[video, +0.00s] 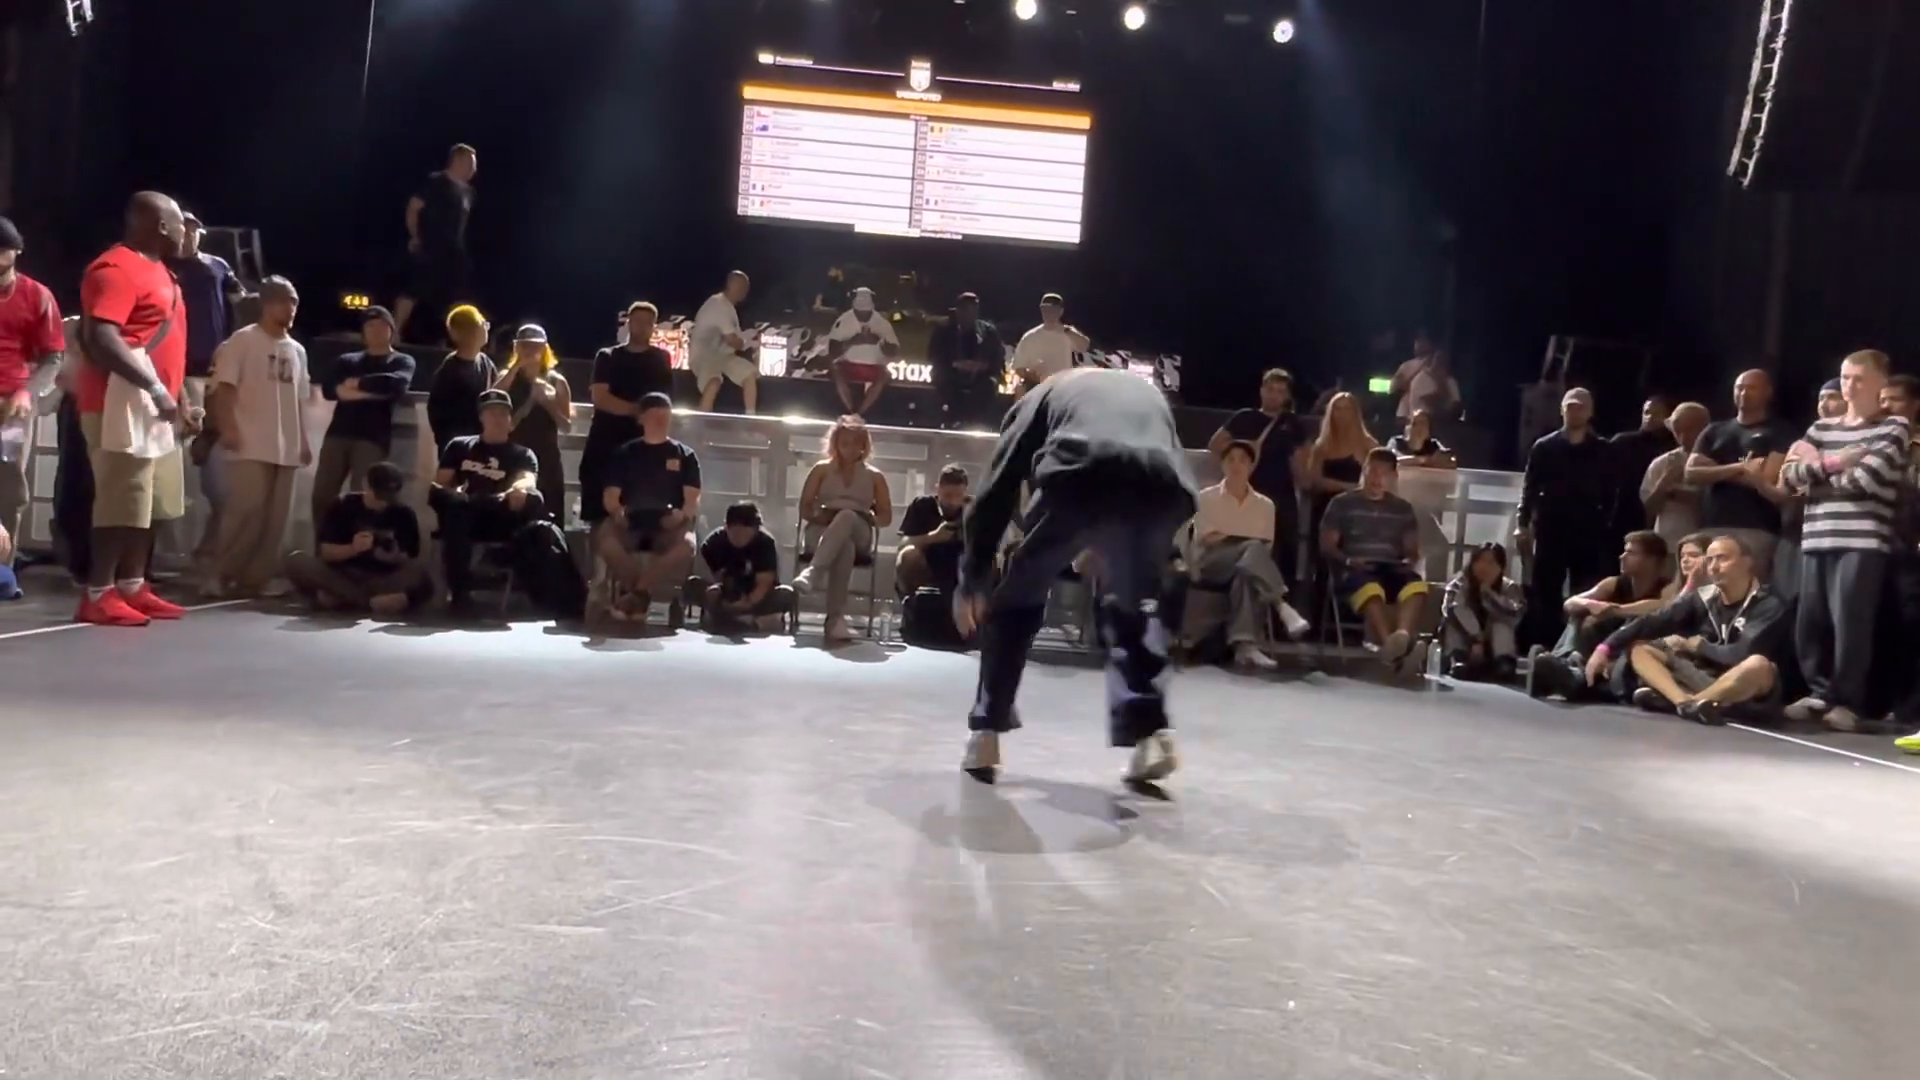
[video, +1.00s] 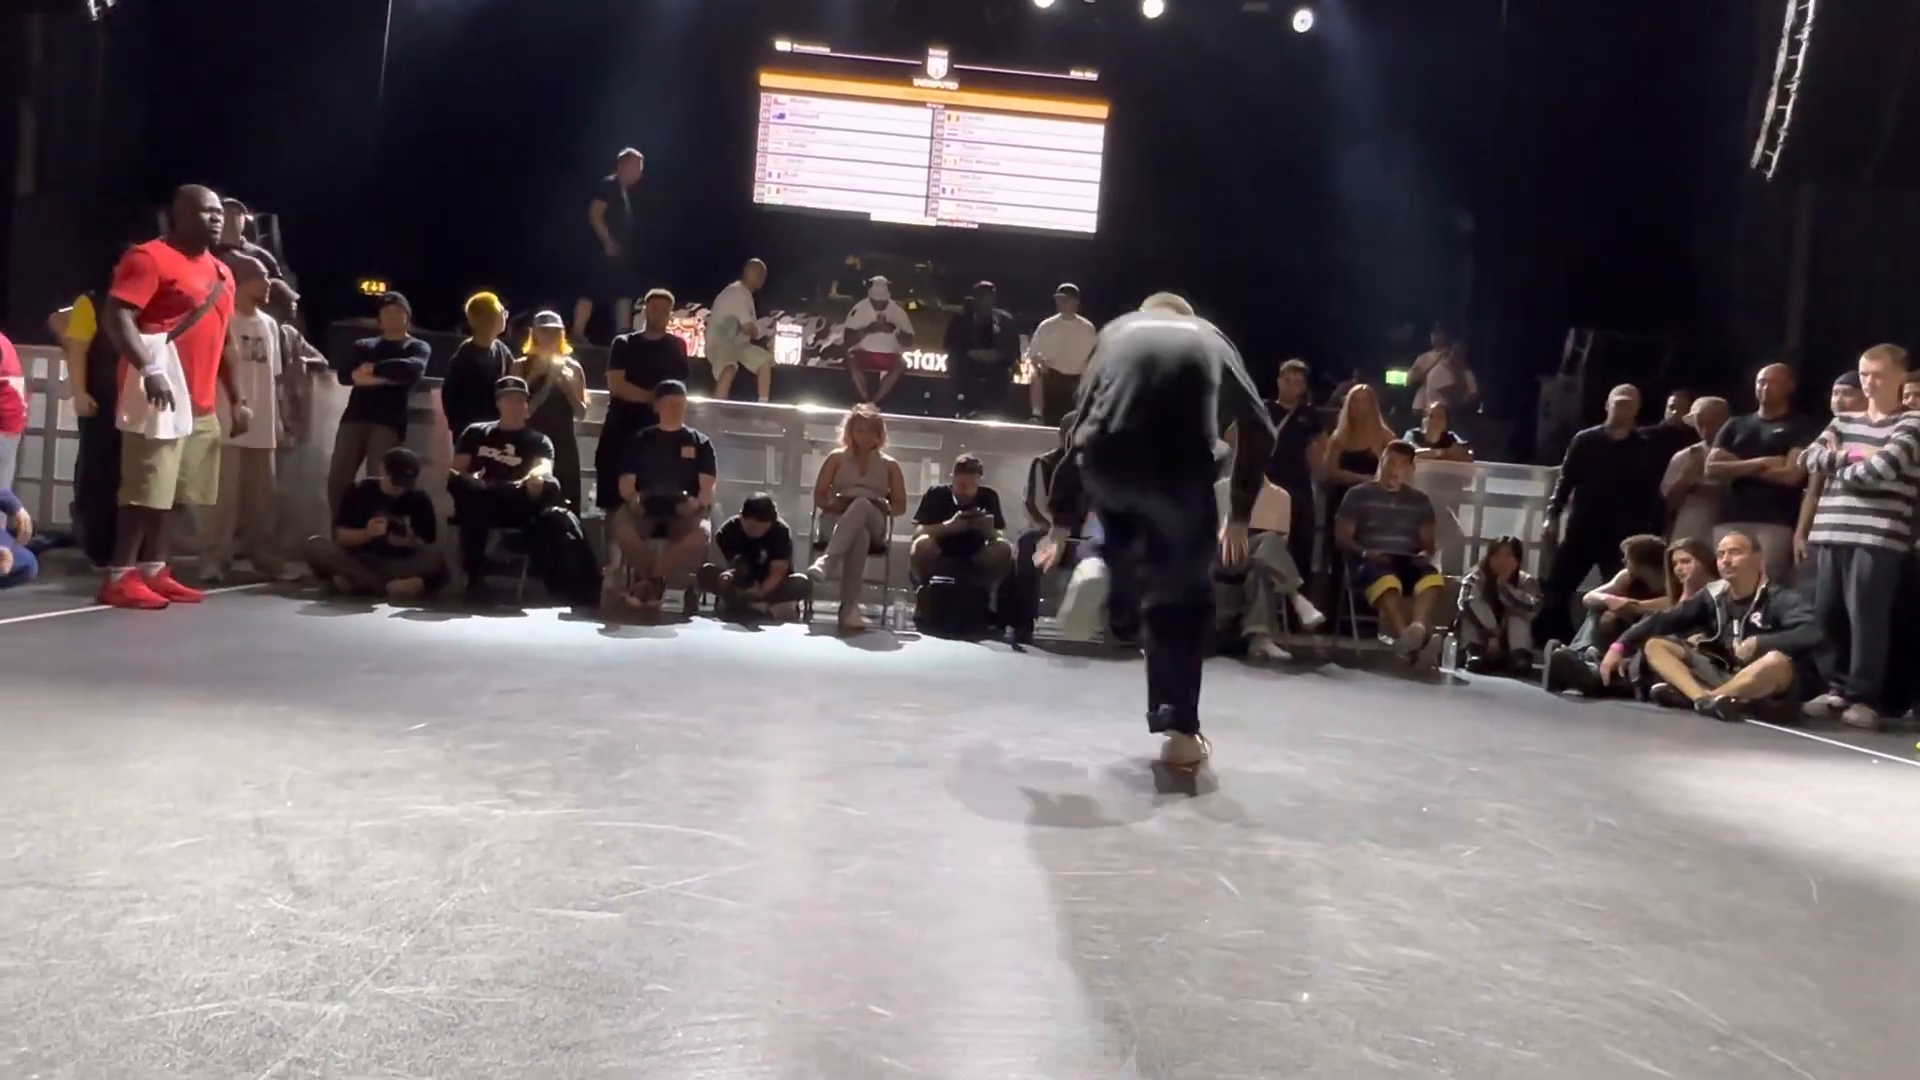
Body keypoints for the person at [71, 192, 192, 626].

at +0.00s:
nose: (182, 231)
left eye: (181, 224)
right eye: (176, 224)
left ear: (154, 226)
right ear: (155, 226)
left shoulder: (157, 271)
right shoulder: (115, 269)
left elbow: (160, 348)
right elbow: (100, 336)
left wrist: (180, 398)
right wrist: (153, 385)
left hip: (149, 402)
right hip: (116, 403)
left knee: (148, 496)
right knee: (119, 498)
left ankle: (132, 587)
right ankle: (98, 594)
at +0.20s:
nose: (199, 226)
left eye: (196, 220)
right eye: (192, 219)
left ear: (170, 226)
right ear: (170, 225)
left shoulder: (178, 275)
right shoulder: (129, 267)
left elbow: (178, 349)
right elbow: (108, 334)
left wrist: (200, 396)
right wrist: (160, 385)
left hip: (159, 401)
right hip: (123, 402)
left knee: (153, 495)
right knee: (126, 496)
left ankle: (139, 584)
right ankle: (105, 592)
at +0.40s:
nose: (206, 230)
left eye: (207, 223)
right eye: (196, 222)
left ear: (203, 229)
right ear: (167, 225)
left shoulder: (194, 278)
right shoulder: (134, 267)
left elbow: (195, 348)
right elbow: (111, 328)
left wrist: (206, 402)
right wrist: (158, 383)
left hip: (173, 403)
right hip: (133, 400)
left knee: (159, 496)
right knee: (129, 496)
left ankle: (142, 583)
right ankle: (107, 589)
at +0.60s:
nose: (210, 226)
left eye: (211, 219)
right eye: (200, 219)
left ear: (211, 227)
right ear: (170, 221)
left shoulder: (205, 278)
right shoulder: (137, 265)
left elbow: (202, 348)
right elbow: (107, 323)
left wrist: (209, 404)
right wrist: (148, 374)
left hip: (185, 407)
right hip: (142, 401)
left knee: (168, 497)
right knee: (138, 496)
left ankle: (147, 578)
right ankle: (112, 585)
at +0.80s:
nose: (216, 222)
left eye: (218, 216)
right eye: (207, 215)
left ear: (220, 223)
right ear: (178, 219)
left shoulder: (217, 276)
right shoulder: (145, 262)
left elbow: (213, 345)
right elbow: (109, 317)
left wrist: (222, 402)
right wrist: (143, 374)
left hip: (192, 410)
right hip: (148, 403)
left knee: (169, 497)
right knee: (137, 495)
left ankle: (149, 574)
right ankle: (115, 579)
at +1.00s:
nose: (216, 218)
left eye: (219, 213)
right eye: (207, 211)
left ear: (222, 222)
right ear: (178, 217)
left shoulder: (223, 274)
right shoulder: (149, 258)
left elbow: (220, 343)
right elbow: (115, 315)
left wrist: (235, 398)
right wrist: (148, 368)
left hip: (198, 406)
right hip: (154, 400)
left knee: (173, 495)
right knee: (144, 493)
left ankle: (154, 571)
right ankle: (119, 576)